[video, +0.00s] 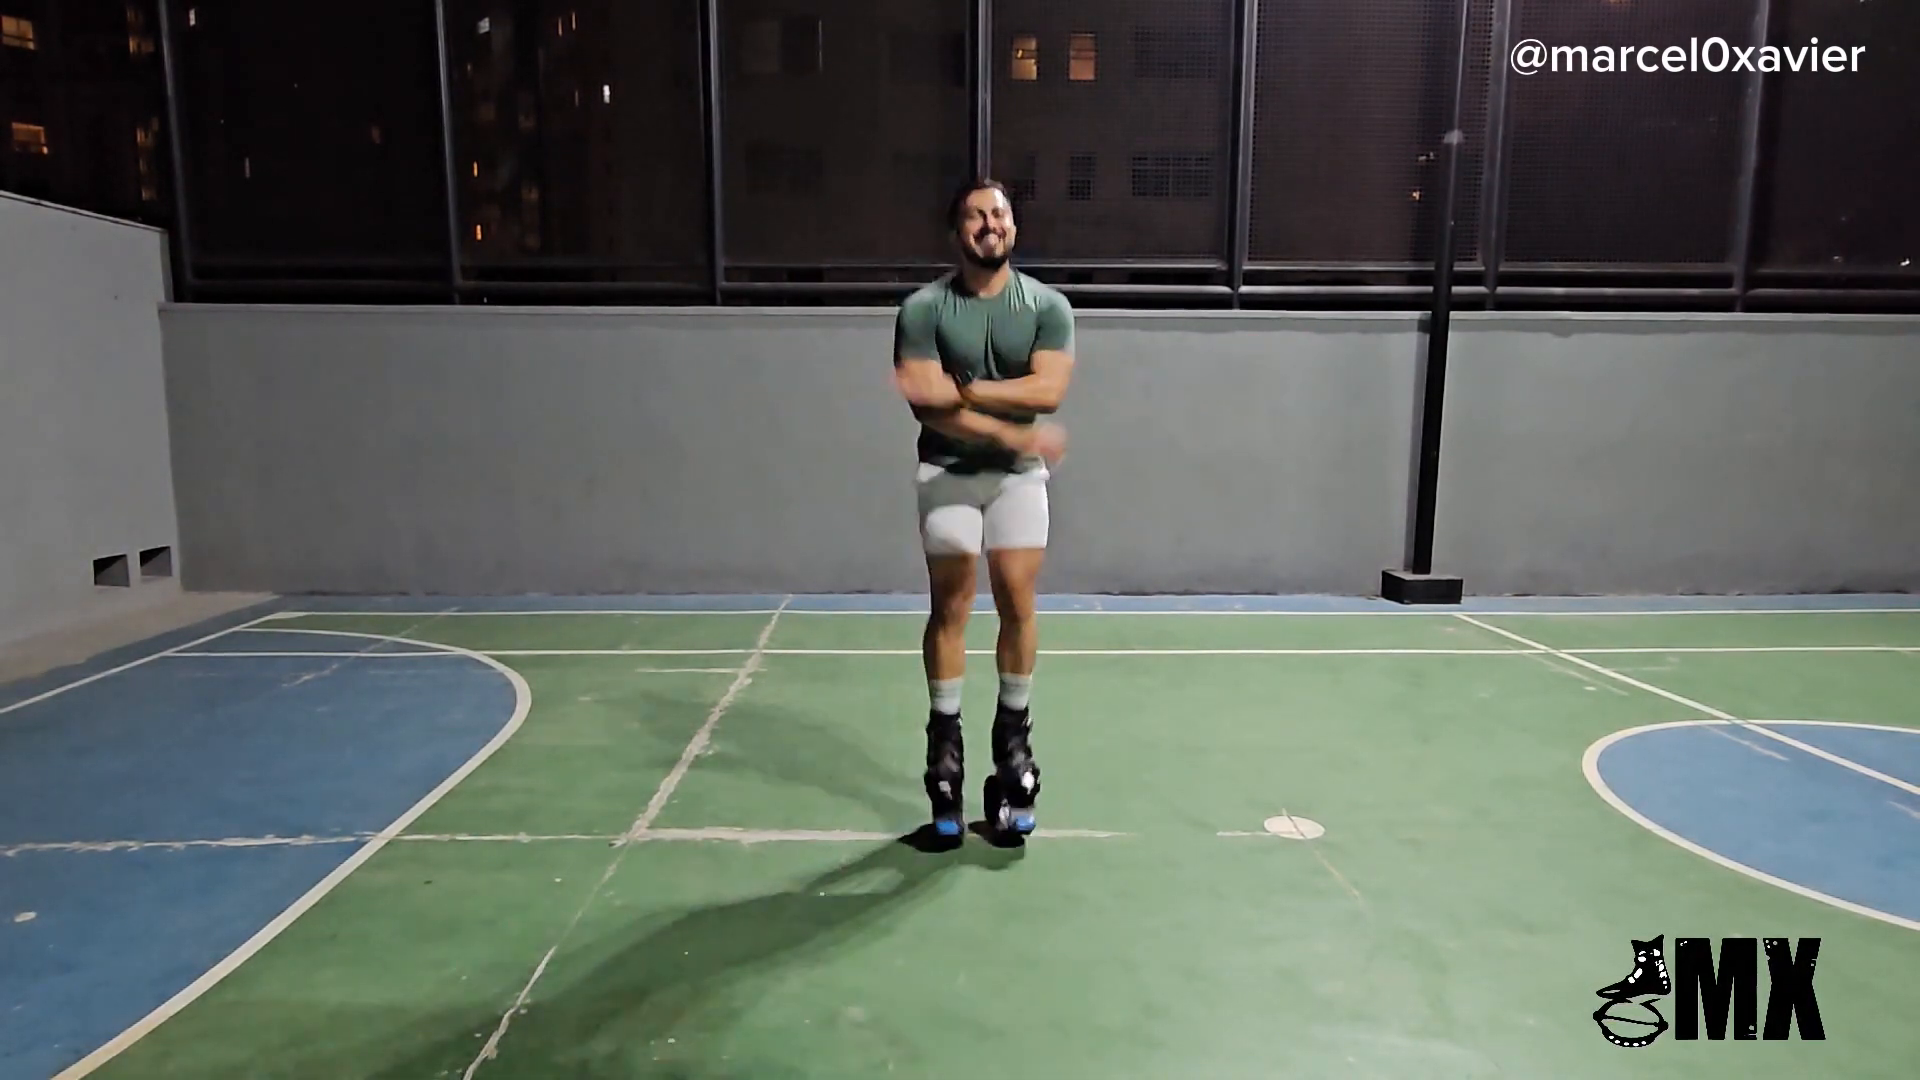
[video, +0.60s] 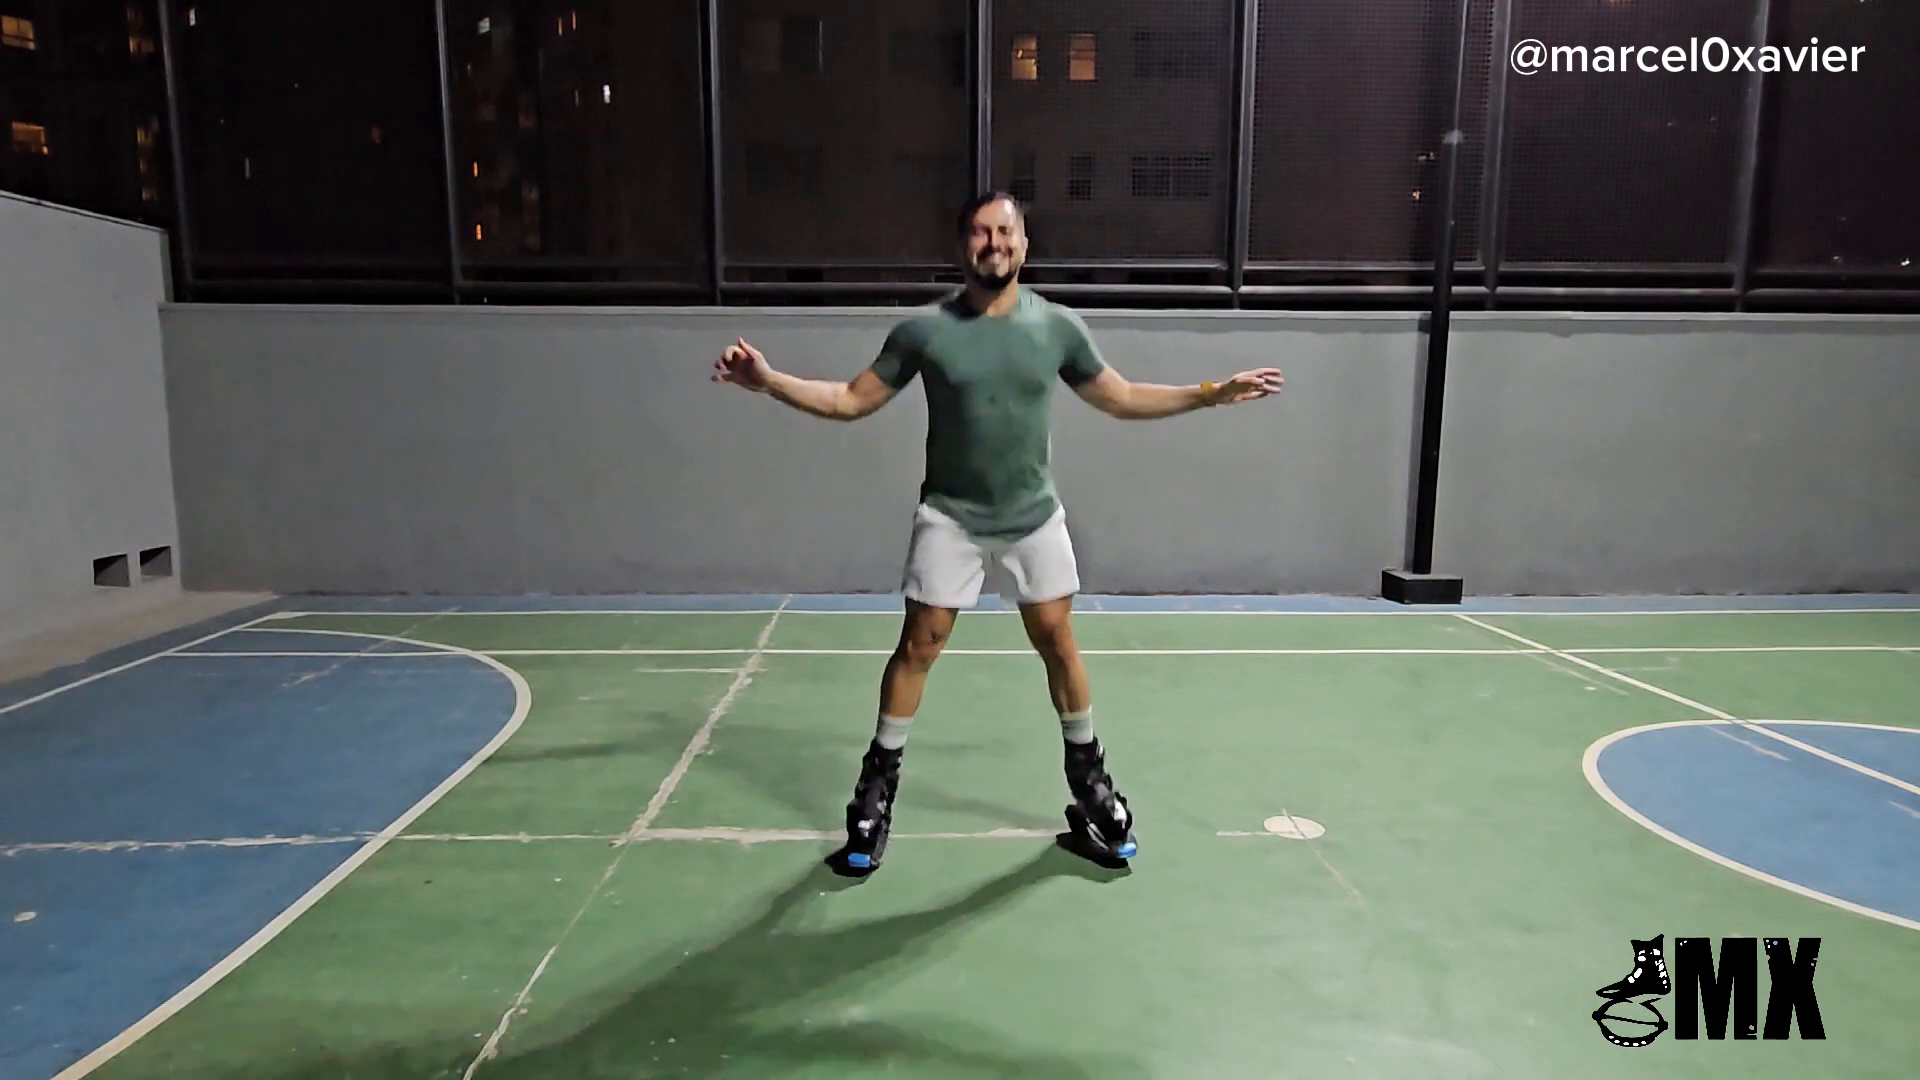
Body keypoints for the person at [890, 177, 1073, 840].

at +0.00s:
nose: (990, 224)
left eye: (998, 213)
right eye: (976, 215)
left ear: (1014, 227)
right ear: (957, 232)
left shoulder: (1048, 306)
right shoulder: (924, 308)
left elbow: (1049, 390)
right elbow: (926, 401)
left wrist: (959, 390)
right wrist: (1014, 433)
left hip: (1020, 471)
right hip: (948, 472)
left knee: (1017, 601)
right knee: (950, 604)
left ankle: (1013, 738)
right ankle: (945, 744)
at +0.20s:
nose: (985, 209)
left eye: (996, 197)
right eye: (972, 199)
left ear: (1014, 206)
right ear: (954, 213)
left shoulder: (1053, 288)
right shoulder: (920, 290)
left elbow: (1076, 381)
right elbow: (909, 385)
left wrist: (1020, 351)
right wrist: (973, 388)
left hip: (1023, 471)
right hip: (948, 471)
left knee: (1018, 602)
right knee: (950, 600)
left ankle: (1015, 746)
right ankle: (944, 752)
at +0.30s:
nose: (985, 181)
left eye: (997, 169)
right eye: (972, 171)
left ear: (1019, 183)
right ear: (956, 187)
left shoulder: (1055, 264)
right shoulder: (922, 264)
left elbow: (1088, 354)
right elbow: (888, 358)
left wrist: (1093, 408)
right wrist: (890, 441)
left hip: (1025, 449)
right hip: (945, 450)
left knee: (1032, 584)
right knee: (939, 580)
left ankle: (1034, 718)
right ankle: (927, 724)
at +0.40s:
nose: (987, 192)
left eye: (1000, 182)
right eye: (975, 183)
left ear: (1022, 199)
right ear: (959, 200)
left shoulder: (1054, 282)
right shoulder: (922, 287)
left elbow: (1103, 377)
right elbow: (868, 382)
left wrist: (1155, 453)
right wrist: (817, 464)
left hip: (1028, 457)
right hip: (947, 459)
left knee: (1050, 592)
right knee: (924, 593)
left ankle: (1066, 731)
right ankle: (896, 741)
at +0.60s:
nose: (994, 244)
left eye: (1006, 233)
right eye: (982, 233)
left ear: (1024, 245)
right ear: (964, 248)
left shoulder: (1055, 327)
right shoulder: (925, 332)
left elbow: (1119, 396)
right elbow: (851, 399)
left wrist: (1211, 393)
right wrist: (766, 379)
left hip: (1033, 514)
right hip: (950, 515)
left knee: (1059, 644)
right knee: (920, 644)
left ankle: (1089, 780)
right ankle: (878, 785)